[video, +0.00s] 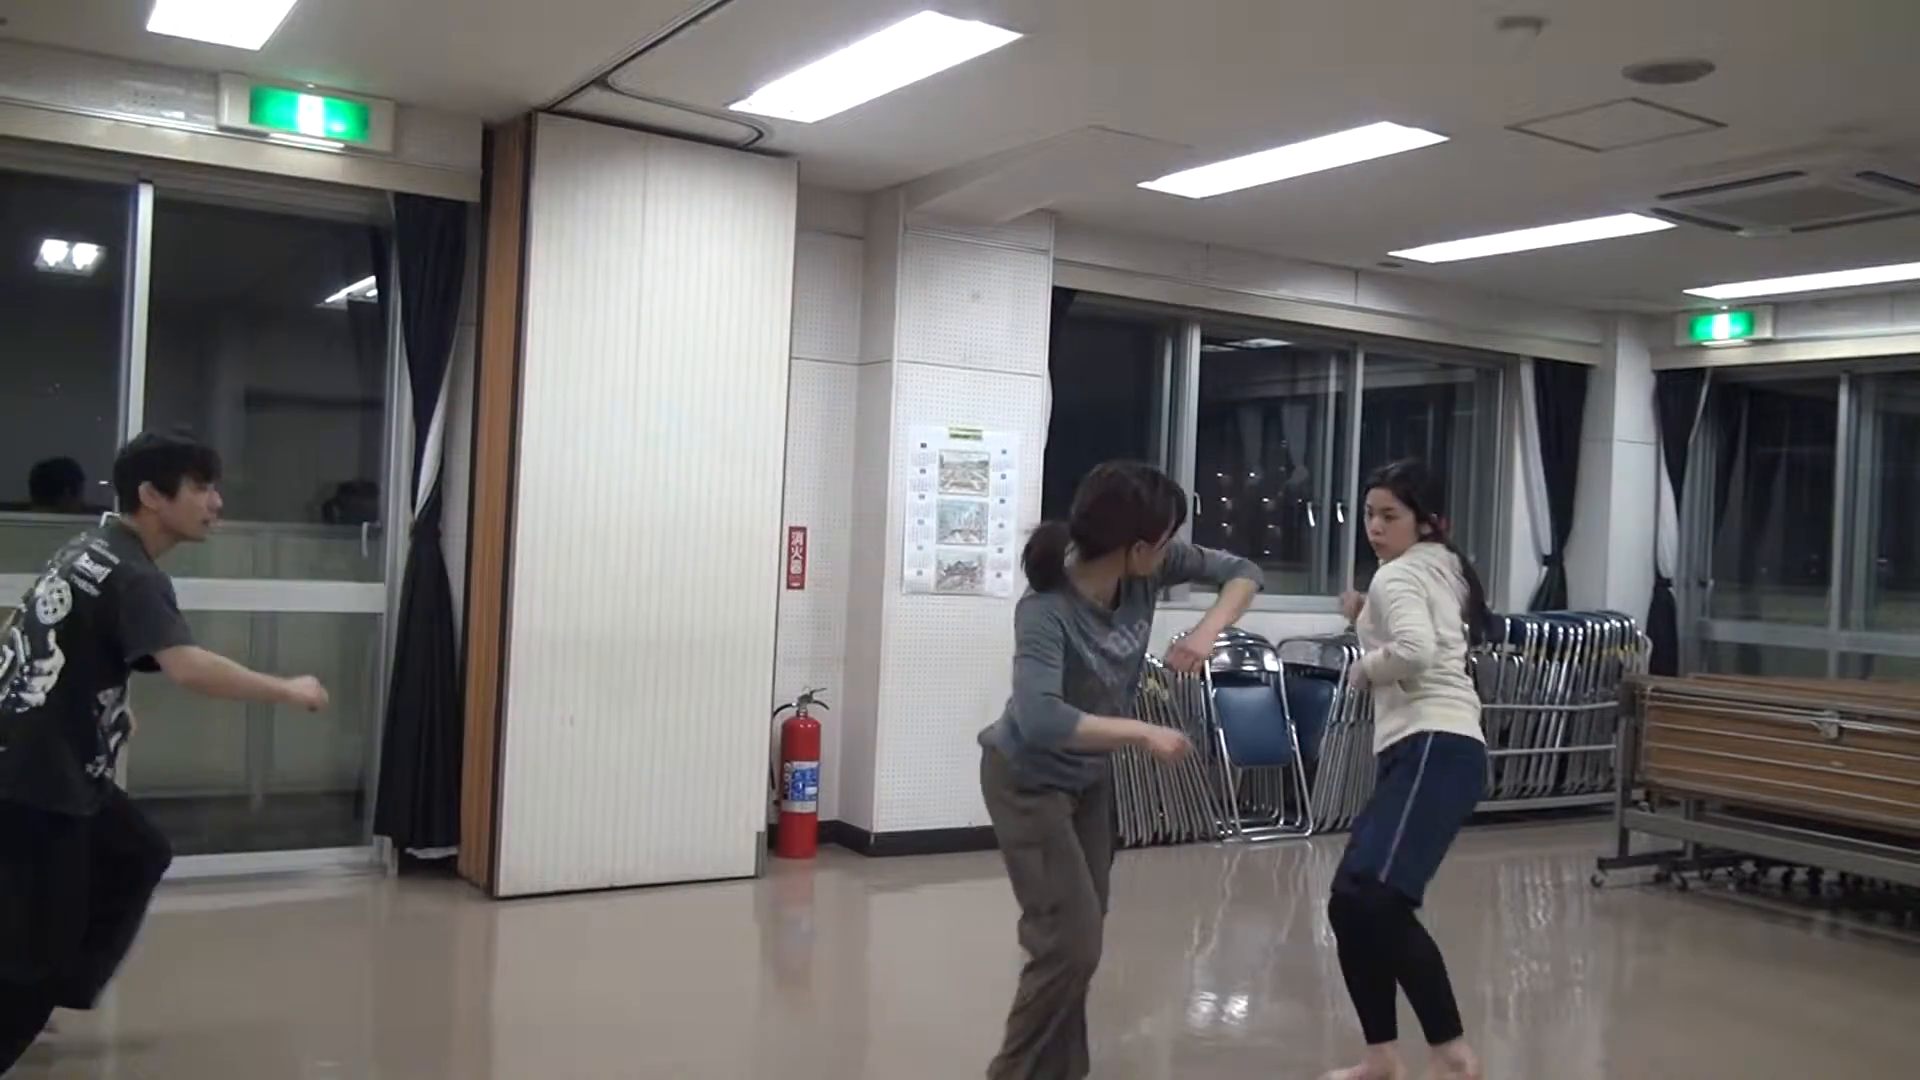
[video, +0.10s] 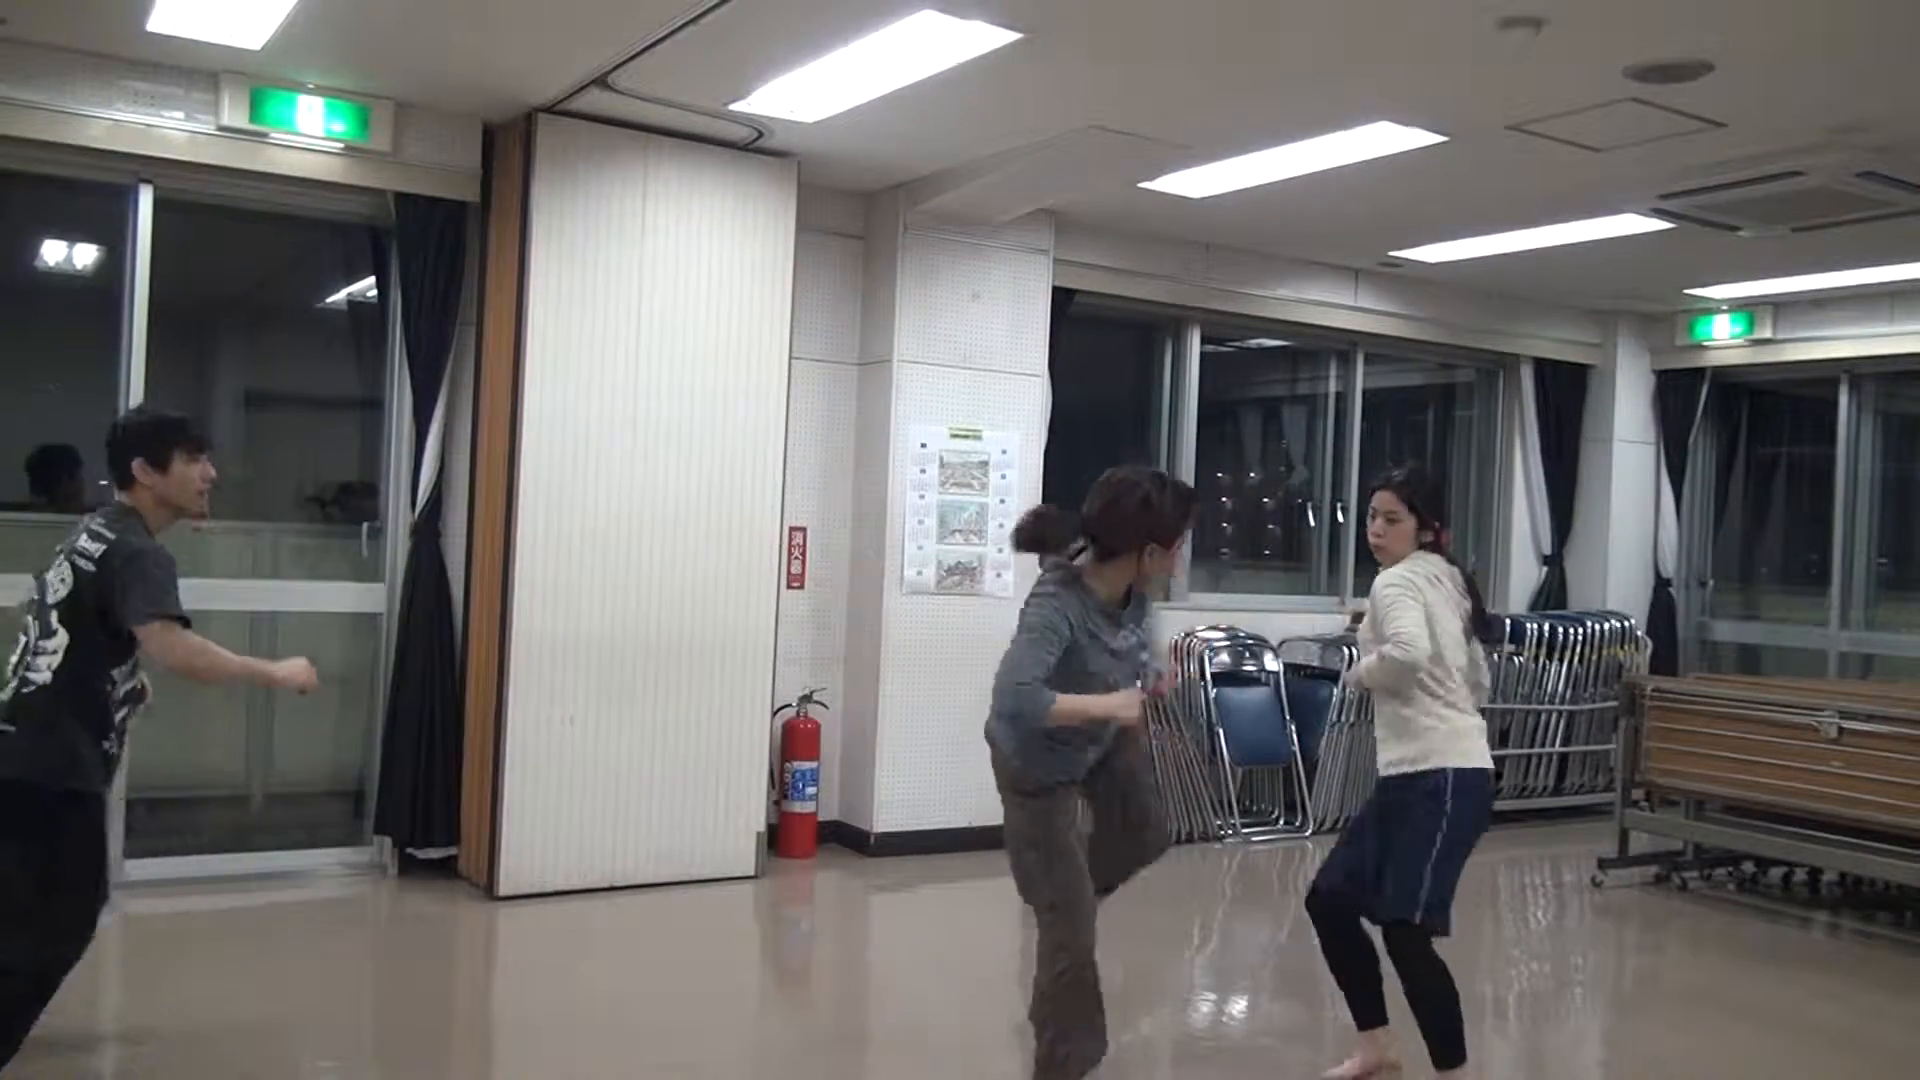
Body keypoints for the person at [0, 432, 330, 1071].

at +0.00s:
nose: (216, 503)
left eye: (215, 489)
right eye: (202, 489)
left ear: (145, 499)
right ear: (151, 496)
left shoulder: (88, 549)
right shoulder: (134, 575)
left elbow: (51, 642)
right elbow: (185, 666)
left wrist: (103, 706)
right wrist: (286, 690)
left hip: (29, 764)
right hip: (39, 782)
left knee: (140, 852)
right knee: (38, 956)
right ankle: (3, 1051)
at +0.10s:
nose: (210, 473)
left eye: (206, 459)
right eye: (195, 460)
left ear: (140, 474)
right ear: (145, 471)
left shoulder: (96, 529)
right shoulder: (135, 550)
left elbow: (60, 622)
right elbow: (168, 645)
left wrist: (115, 683)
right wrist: (272, 671)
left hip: (25, 754)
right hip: (55, 767)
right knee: (66, 918)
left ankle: (7, 1040)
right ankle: (3, 1045)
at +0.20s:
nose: (217, 472)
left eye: (213, 458)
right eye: (201, 460)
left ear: (152, 477)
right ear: (152, 475)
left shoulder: (109, 536)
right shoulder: (146, 551)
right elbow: (146, 657)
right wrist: (243, 725)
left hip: (33, 761)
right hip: (73, 770)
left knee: (36, 911)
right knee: (111, 914)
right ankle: (3, 1037)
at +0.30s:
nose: (244, 491)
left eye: (241, 477)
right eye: (229, 479)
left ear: (180, 492)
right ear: (180, 490)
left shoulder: (138, 545)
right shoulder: (173, 567)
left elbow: (112, 658)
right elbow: (137, 678)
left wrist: (152, 728)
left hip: (58, 756)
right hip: (91, 767)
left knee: (58, 892)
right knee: (175, 898)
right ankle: (74, 1033)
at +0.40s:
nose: (285, 524)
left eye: (283, 511)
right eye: (270, 512)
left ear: (225, 528)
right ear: (223, 525)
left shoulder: (189, 582)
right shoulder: (206, 598)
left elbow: (168, 689)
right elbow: (122, 681)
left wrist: (219, 743)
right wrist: (94, 798)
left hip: (116, 782)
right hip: (130, 789)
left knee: (81, 920)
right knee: (259, 876)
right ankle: (230, 1024)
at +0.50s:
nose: (355, 539)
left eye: (355, 526)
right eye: (341, 527)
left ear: (301, 539)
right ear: (295, 537)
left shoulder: (290, 610)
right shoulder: (266, 611)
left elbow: (273, 684)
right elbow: (173, 667)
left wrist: (348, 708)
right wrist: (178, 779)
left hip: (180, 798)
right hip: (209, 797)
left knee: (107, 925)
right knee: (349, 872)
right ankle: (353, 1032)